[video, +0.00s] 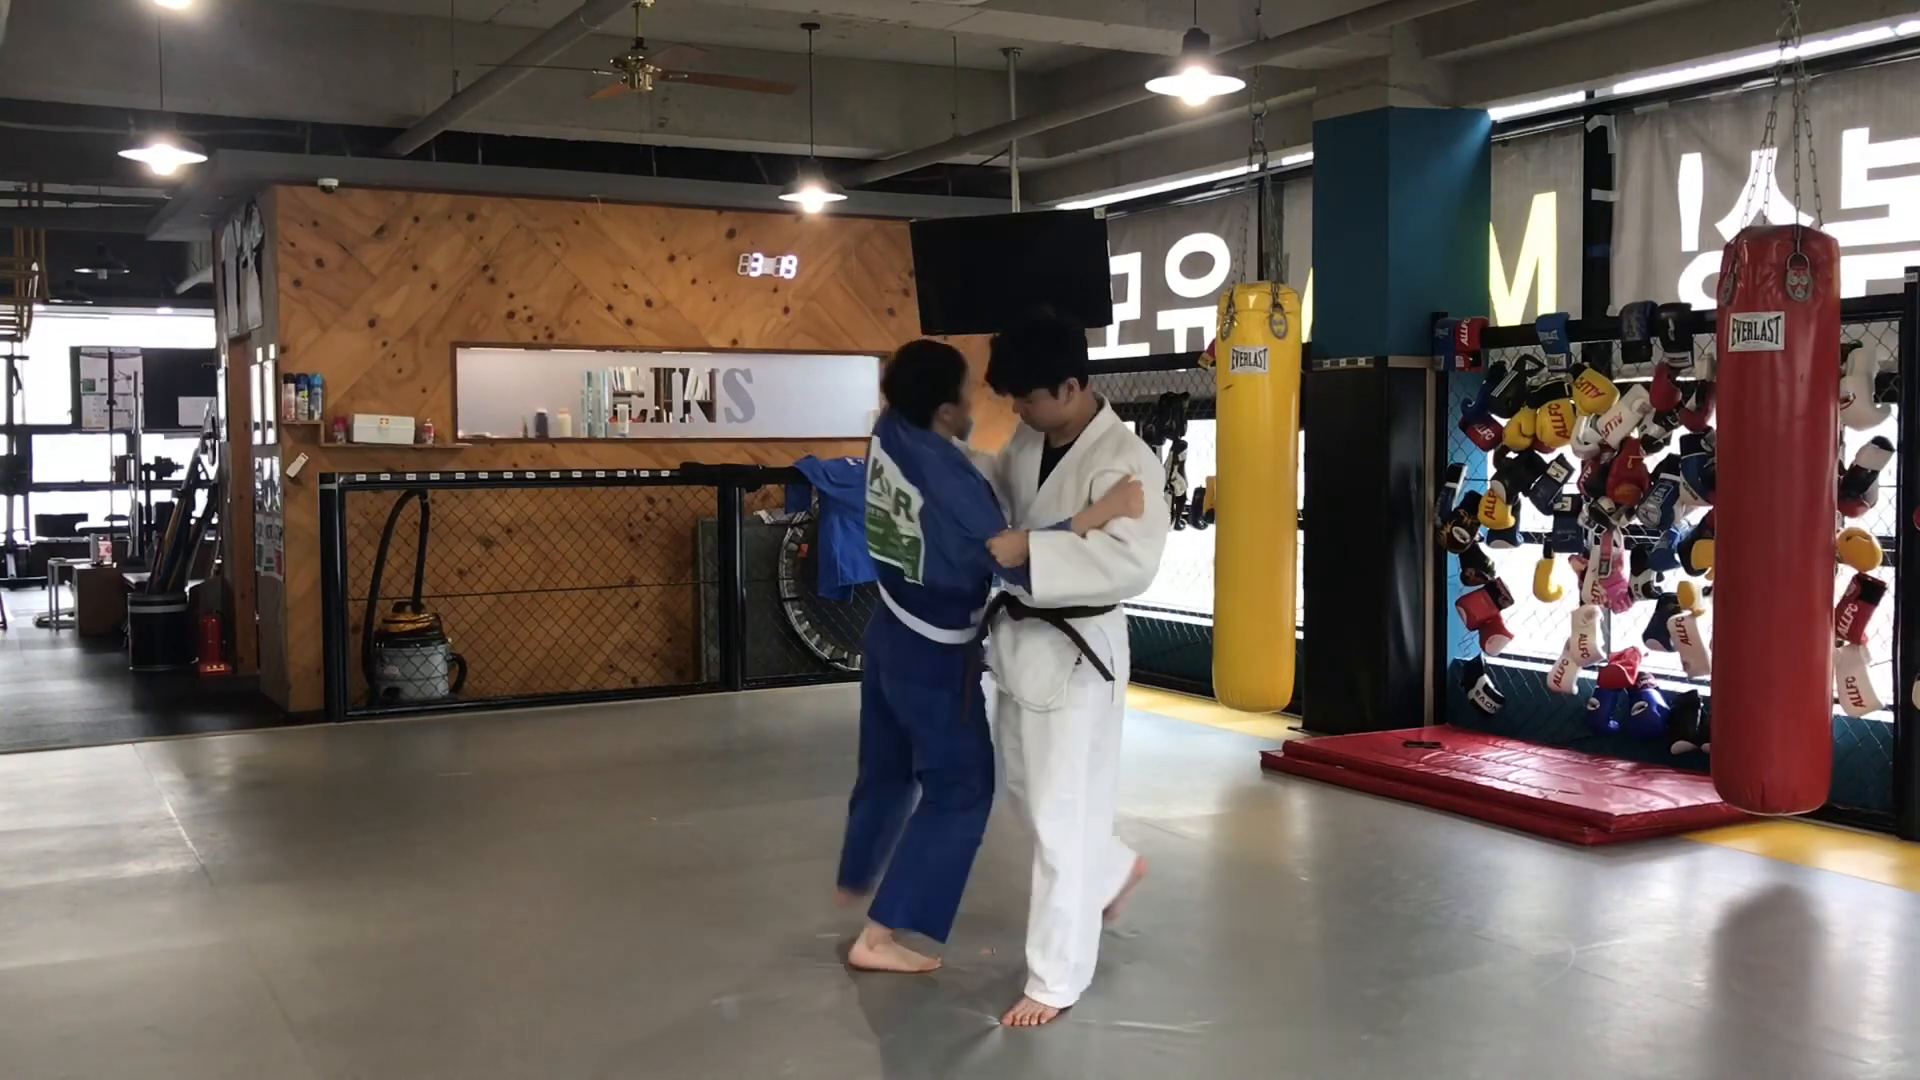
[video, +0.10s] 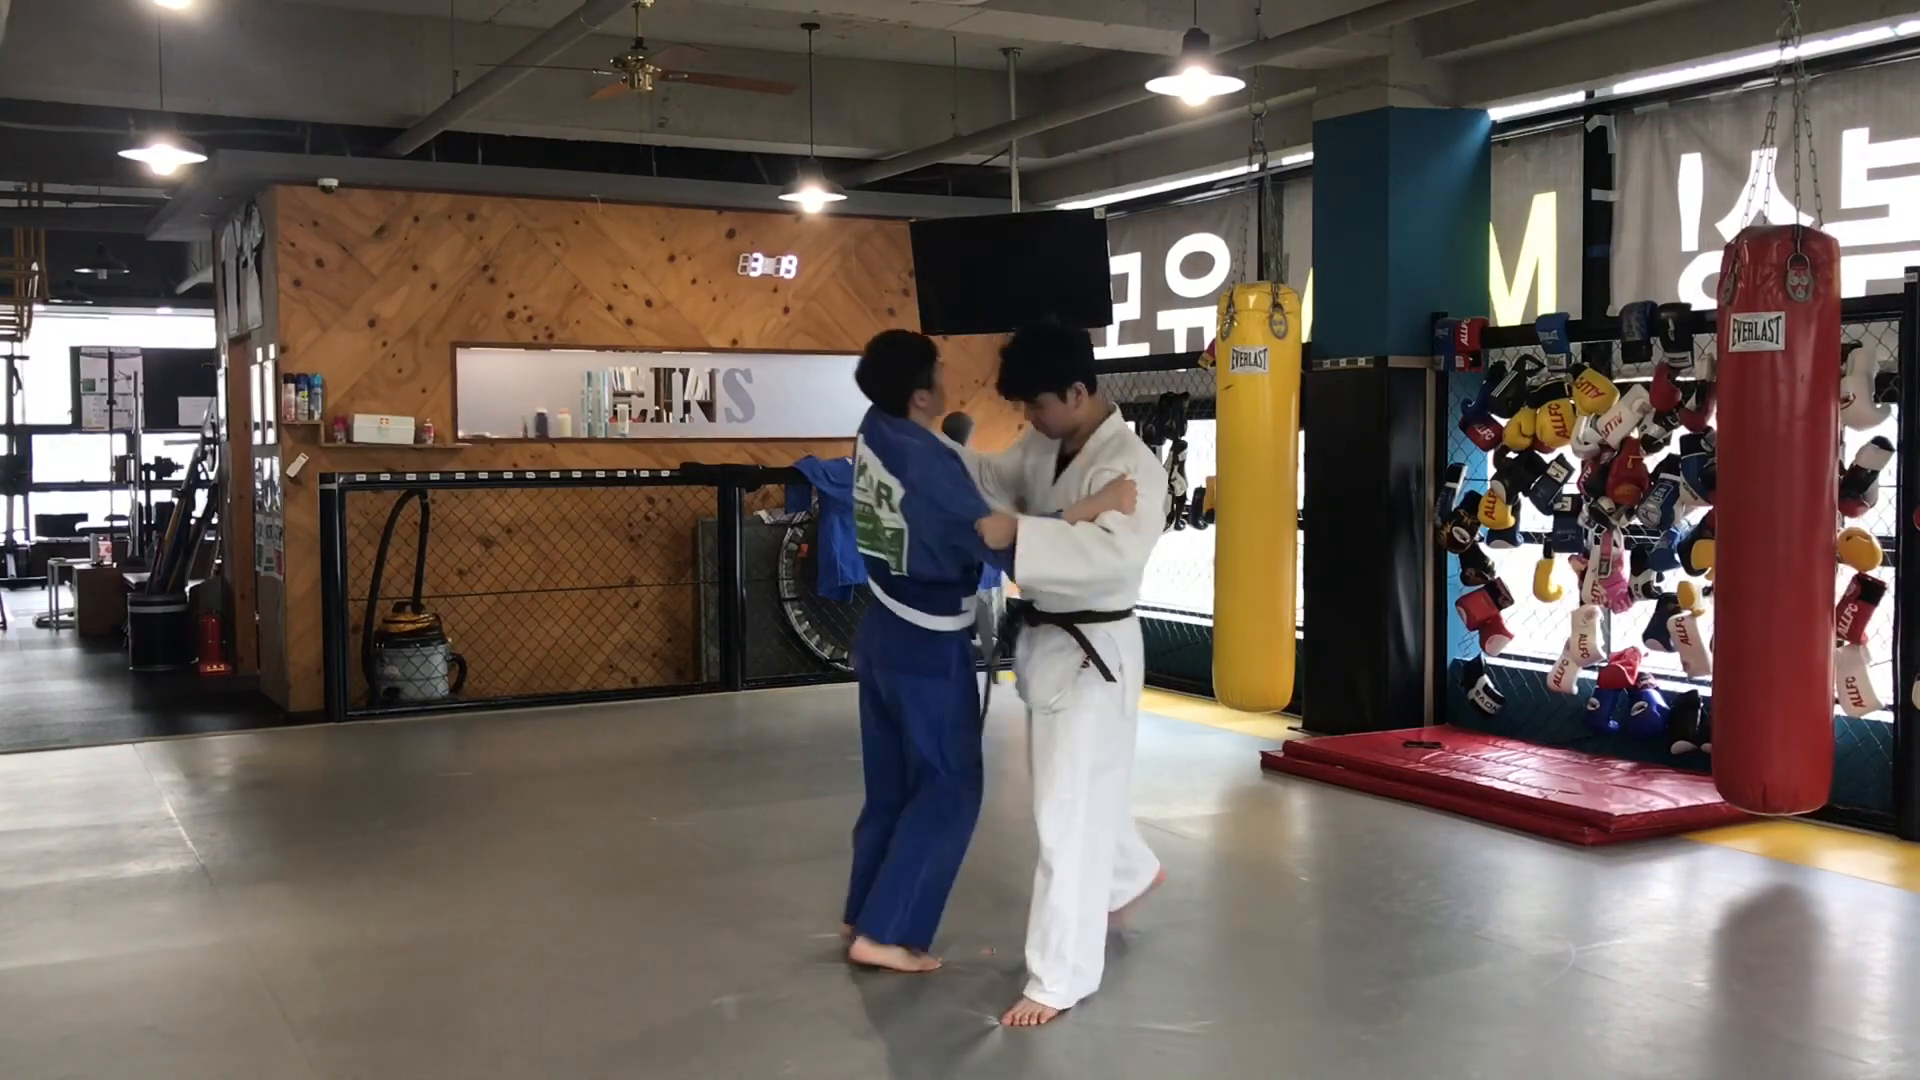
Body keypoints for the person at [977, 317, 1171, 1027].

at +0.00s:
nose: (1019, 413)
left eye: (1026, 401)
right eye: (1014, 401)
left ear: (1068, 387)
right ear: (1046, 390)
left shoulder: (1124, 458)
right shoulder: (1025, 446)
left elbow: (1132, 561)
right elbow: (981, 517)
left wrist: (1032, 550)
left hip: (1077, 654)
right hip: (1015, 644)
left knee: (1063, 821)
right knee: (1028, 787)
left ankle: (1056, 977)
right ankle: (1109, 865)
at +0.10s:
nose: (1028, 419)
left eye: (1034, 405)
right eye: (1025, 406)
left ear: (1077, 393)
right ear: (1066, 397)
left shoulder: (1131, 466)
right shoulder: (1043, 452)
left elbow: (1115, 560)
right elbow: (986, 478)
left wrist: (1021, 534)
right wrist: (923, 452)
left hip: (1094, 650)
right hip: (1044, 642)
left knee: (1067, 818)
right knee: (1060, 787)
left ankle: (1060, 977)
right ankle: (1130, 867)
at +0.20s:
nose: (1037, 428)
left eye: (1044, 414)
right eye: (1034, 416)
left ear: (1086, 403)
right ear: (1070, 407)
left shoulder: (1139, 466)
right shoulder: (1051, 458)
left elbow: (1120, 544)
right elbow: (983, 476)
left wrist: (1020, 523)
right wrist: (916, 455)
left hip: (1120, 652)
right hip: (1067, 644)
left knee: (1082, 809)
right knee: (1095, 783)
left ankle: (1064, 972)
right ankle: (1149, 886)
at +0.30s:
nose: (1053, 429)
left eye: (1057, 416)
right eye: (1048, 419)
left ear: (1094, 403)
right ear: (1076, 409)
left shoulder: (1151, 461)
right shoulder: (1072, 457)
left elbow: (1123, 532)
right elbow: (1001, 476)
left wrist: (1022, 513)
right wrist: (935, 463)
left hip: (1141, 644)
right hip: (1088, 640)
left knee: (1110, 801)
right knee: (1109, 789)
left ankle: (1087, 962)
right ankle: (1156, 897)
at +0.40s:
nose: (1063, 416)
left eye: (1068, 402)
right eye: (1057, 406)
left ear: (1105, 386)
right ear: (1077, 399)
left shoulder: (1160, 446)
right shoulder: (1081, 442)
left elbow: (1123, 511)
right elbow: (1008, 463)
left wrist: (1026, 497)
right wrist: (928, 452)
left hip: (1162, 630)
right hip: (1108, 630)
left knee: (1140, 789)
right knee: (1110, 786)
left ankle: (1124, 943)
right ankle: (1159, 898)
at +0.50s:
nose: (1069, 406)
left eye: (1075, 391)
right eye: (1064, 395)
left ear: (1112, 377)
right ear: (1086, 386)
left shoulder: (1167, 435)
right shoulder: (1081, 432)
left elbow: (1131, 502)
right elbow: (1009, 449)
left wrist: (1037, 491)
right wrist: (928, 433)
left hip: (1176, 619)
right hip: (1122, 618)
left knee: (1170, 777)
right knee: (1120, 773)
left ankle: (1176, 926)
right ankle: (1141, 900)